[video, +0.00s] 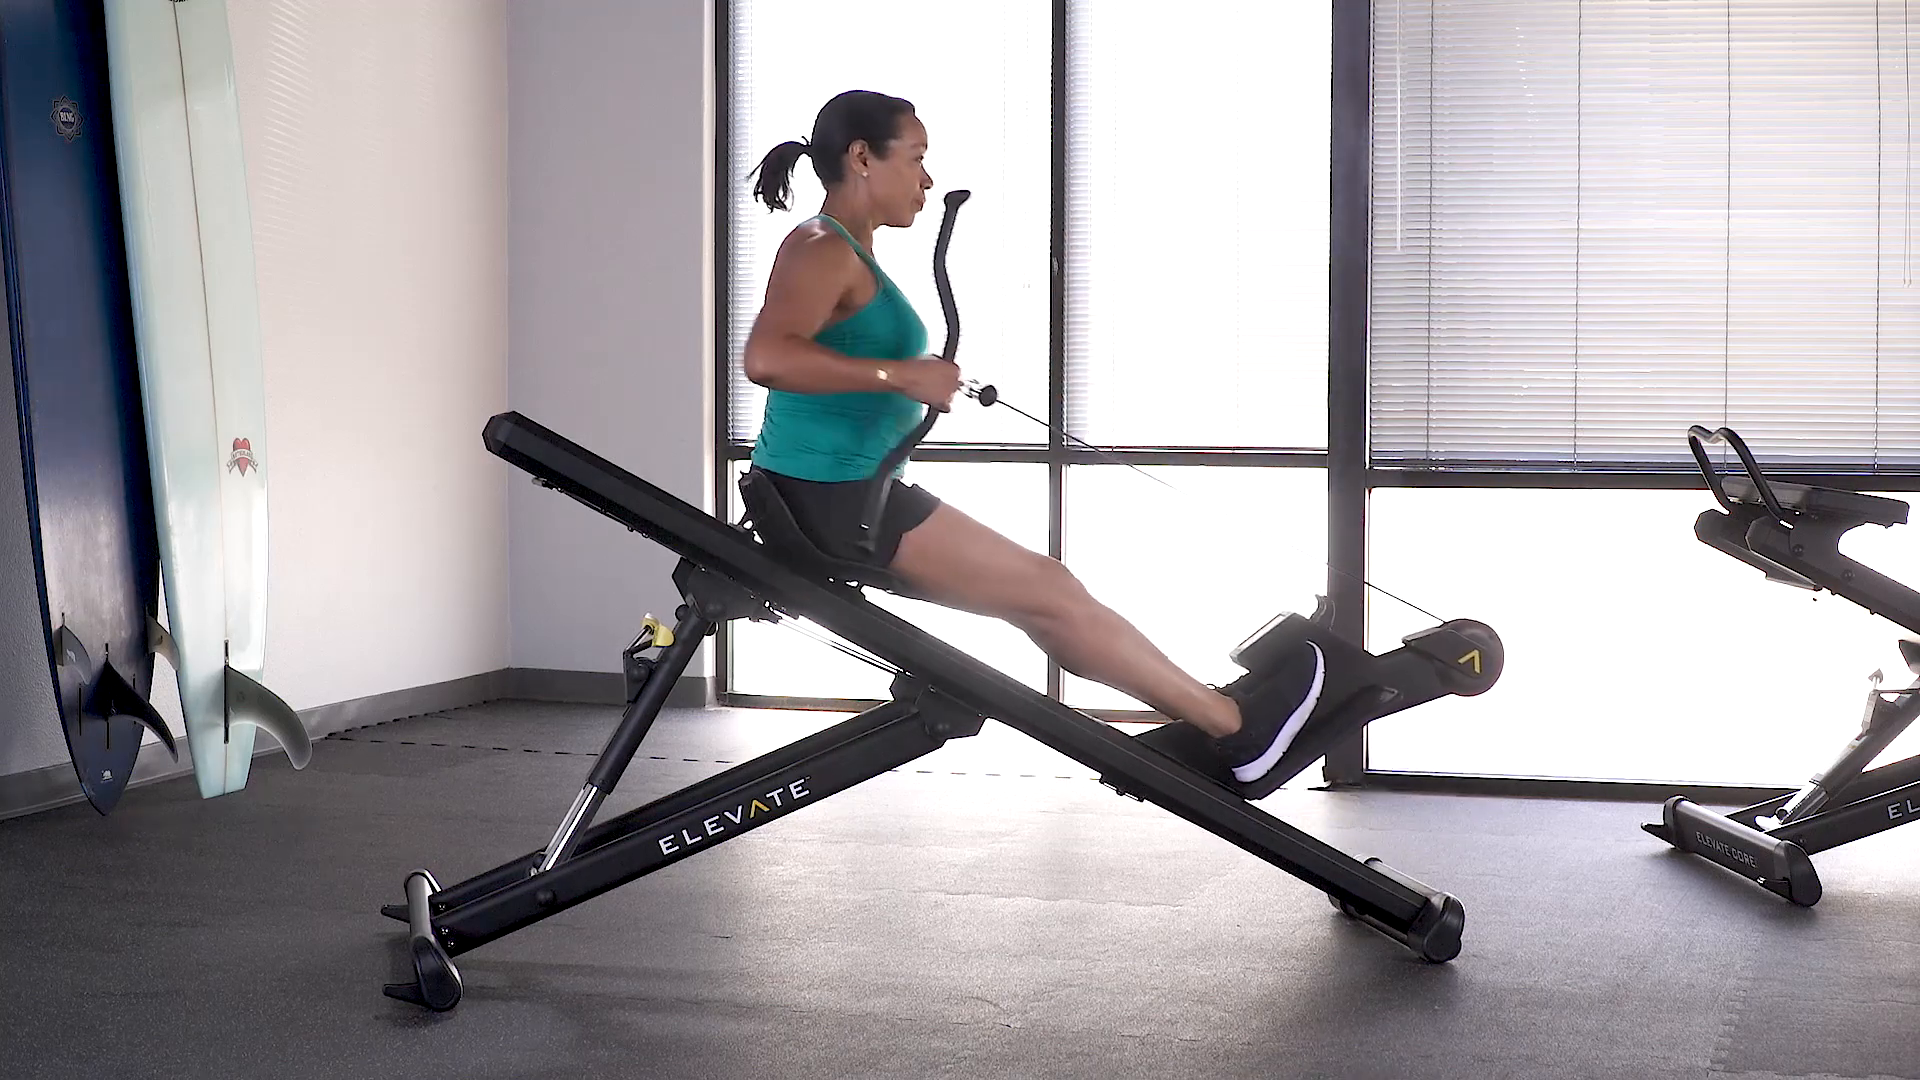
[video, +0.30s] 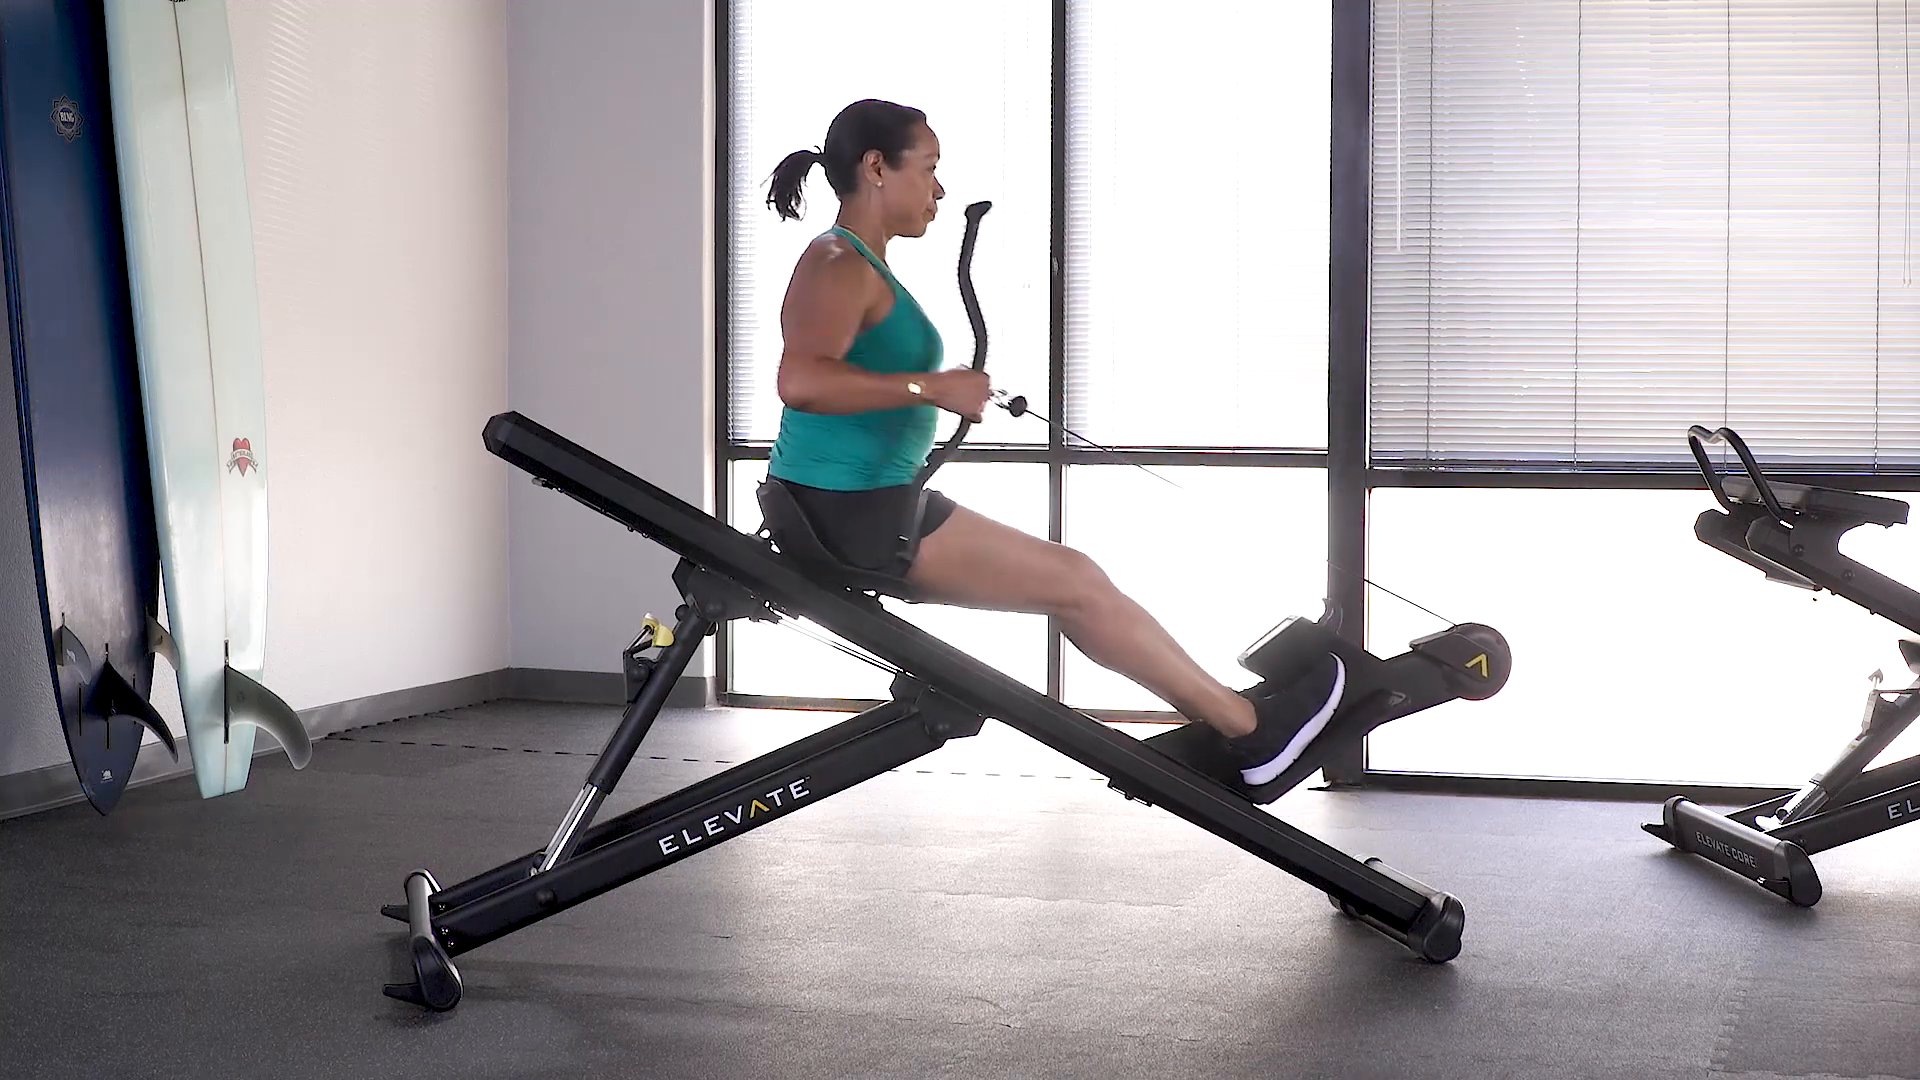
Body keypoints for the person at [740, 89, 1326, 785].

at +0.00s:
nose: (926, 178)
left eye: (923, 160)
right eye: (914, 159)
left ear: (863, 164)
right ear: (860, 162)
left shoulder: (844, 249)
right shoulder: (820, 249)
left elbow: (797, 356)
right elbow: (766, 355)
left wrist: (908, 374)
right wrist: (895, 375)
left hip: (848, 488)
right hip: (821, 498)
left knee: (1049, 585)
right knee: (1046, 593)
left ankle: (1215, 713)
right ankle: (1228, 721)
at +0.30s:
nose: (937, 189)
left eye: (935, 171)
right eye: (927, 171)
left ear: (878, 174)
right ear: (875, 172)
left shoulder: (859, 262)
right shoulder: (836, 265)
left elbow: (825, 380)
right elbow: (801, 382)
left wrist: (934, 388)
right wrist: (930, 387)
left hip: (862, 500)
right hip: (843, 510)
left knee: (1073, 580)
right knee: (1077, 581)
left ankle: (1234, 718)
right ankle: (1243, 725)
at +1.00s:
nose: (1237, 335)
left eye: (1232, 317)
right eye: (1225, 317)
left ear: (1169, 325)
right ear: (1177, 324)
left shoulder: (1104, 413)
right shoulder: (1232, 438)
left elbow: (1029, 514)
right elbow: (1356, 544)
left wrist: (1082, 589)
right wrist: (1456, 610)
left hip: (1053, 637)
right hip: (1127, 657)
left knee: (1303, 574)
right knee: (1335, 583)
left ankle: (1349, 759)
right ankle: (1395, 787)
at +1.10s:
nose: (1259, 343)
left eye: (1255, 326)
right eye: (1247, 326)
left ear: (1190, 338)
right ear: (1198, 335)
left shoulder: (1122, 424)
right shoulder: (1254, 446)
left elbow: (1043, 520)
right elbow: (1380, 549)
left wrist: (1086, 594)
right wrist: (1480, 620)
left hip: (1069, 647)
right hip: (1140, 665)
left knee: (1316, 574)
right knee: (1345, 583)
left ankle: (1361, 771)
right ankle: (1400, 792)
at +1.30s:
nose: (1252, 337)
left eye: (1246, 320)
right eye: (1239, 321)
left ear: (1182, 336)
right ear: (1190, 333)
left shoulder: (1118, 419)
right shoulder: (1250, 444)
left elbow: (1040, 518)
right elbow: (1373, 548)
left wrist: (1091, 593)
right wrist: (1473, 619)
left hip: (1062, 642)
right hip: (1134, 662)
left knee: (1307, 577)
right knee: (1340, 585)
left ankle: (1357, 764)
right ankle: (1402, 794)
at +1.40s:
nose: (1218, 317)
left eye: (1211, 299)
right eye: (1205, 301)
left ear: (1149, 318)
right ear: (1155, 315)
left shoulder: (1088, 404)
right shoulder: (1213, 428)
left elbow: (1017, 504)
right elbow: (1334, 532)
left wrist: (1066, 582)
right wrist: (1442, 603)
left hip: (1036, 629)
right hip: (1110, 643)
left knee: (1290, 579)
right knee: (1320, 583)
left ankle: (1346, 760)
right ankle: (1393, 788)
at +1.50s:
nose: (1168, 293)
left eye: (1162, 276)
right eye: (1155, 276)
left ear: (1097, 290)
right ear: (1105, 288)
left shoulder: (1044, 378)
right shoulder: (1157, 400)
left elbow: (980, 485)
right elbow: (1277, 520)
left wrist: (1039, 560)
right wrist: (1378, 576)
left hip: (996, 608)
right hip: (1066, 622)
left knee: (1257, 581)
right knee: (1281, 580)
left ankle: (1335, 762)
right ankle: (1372, 771)